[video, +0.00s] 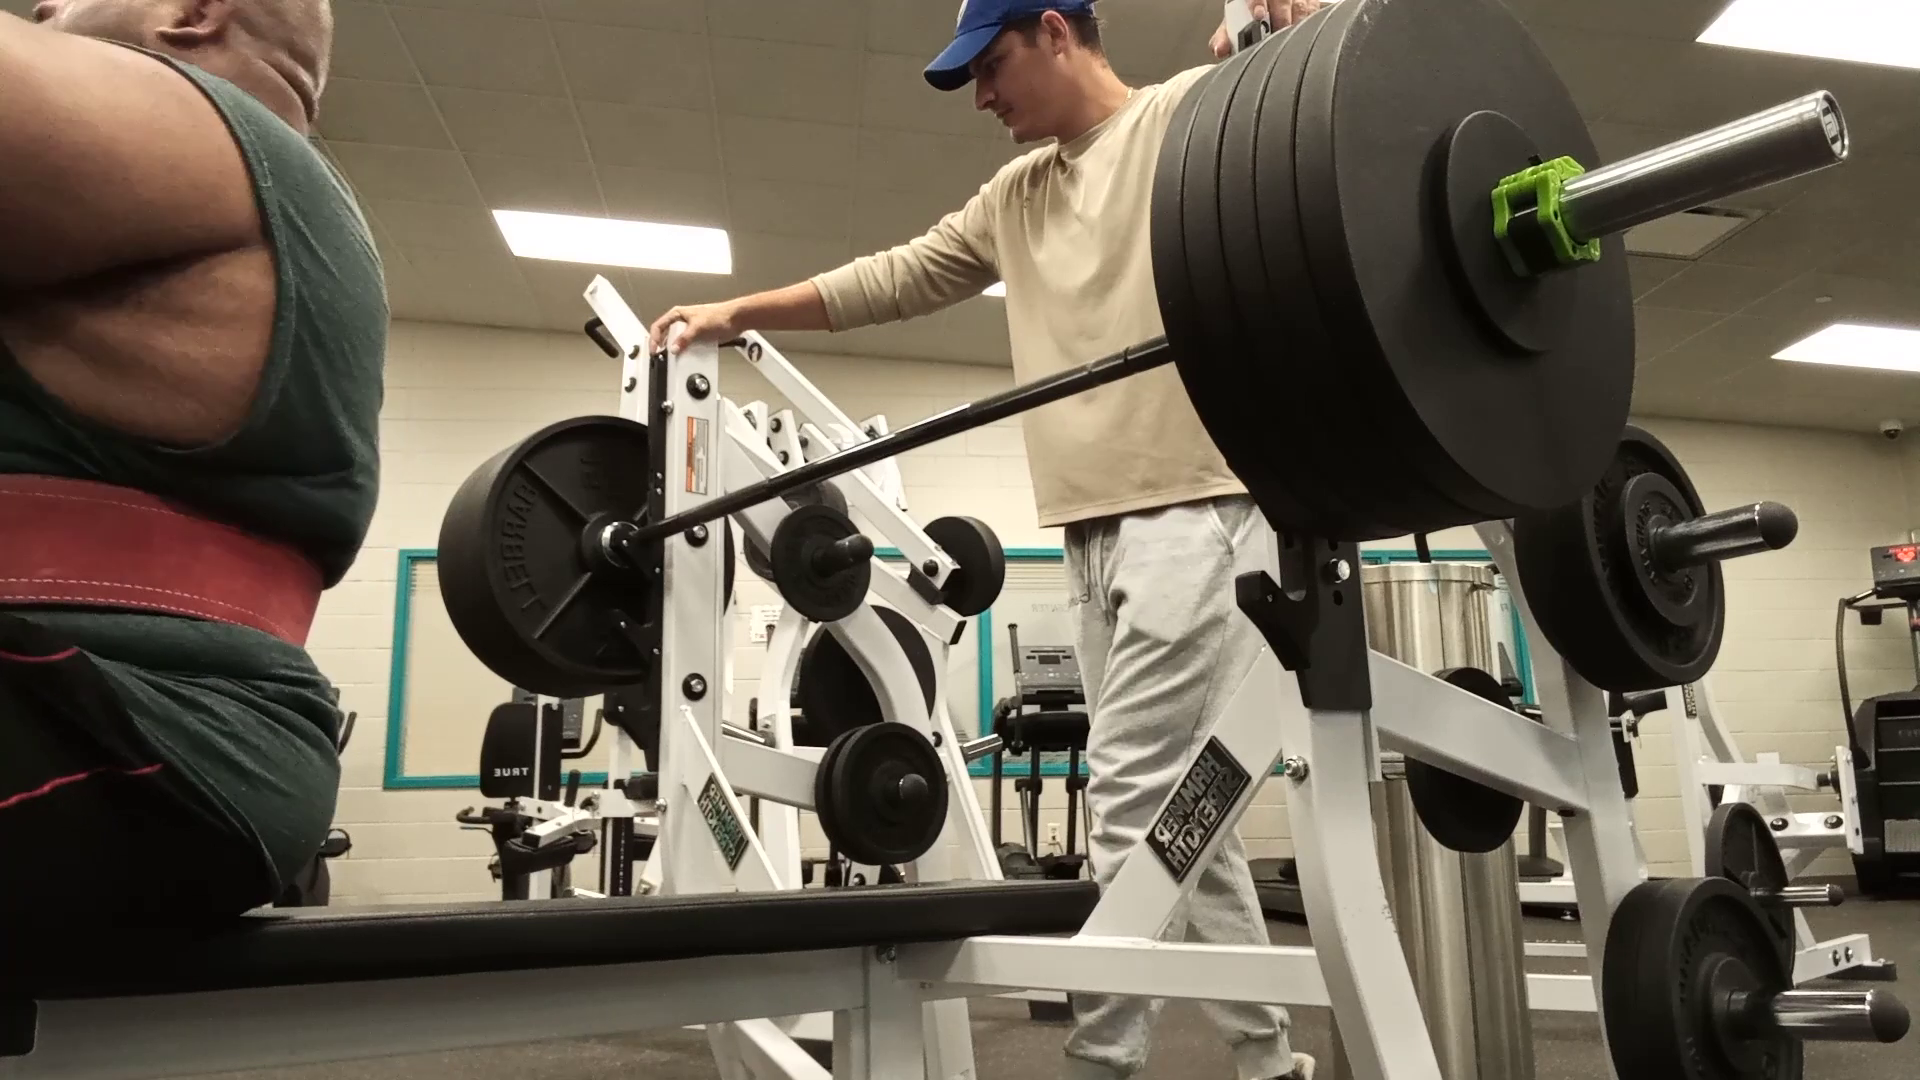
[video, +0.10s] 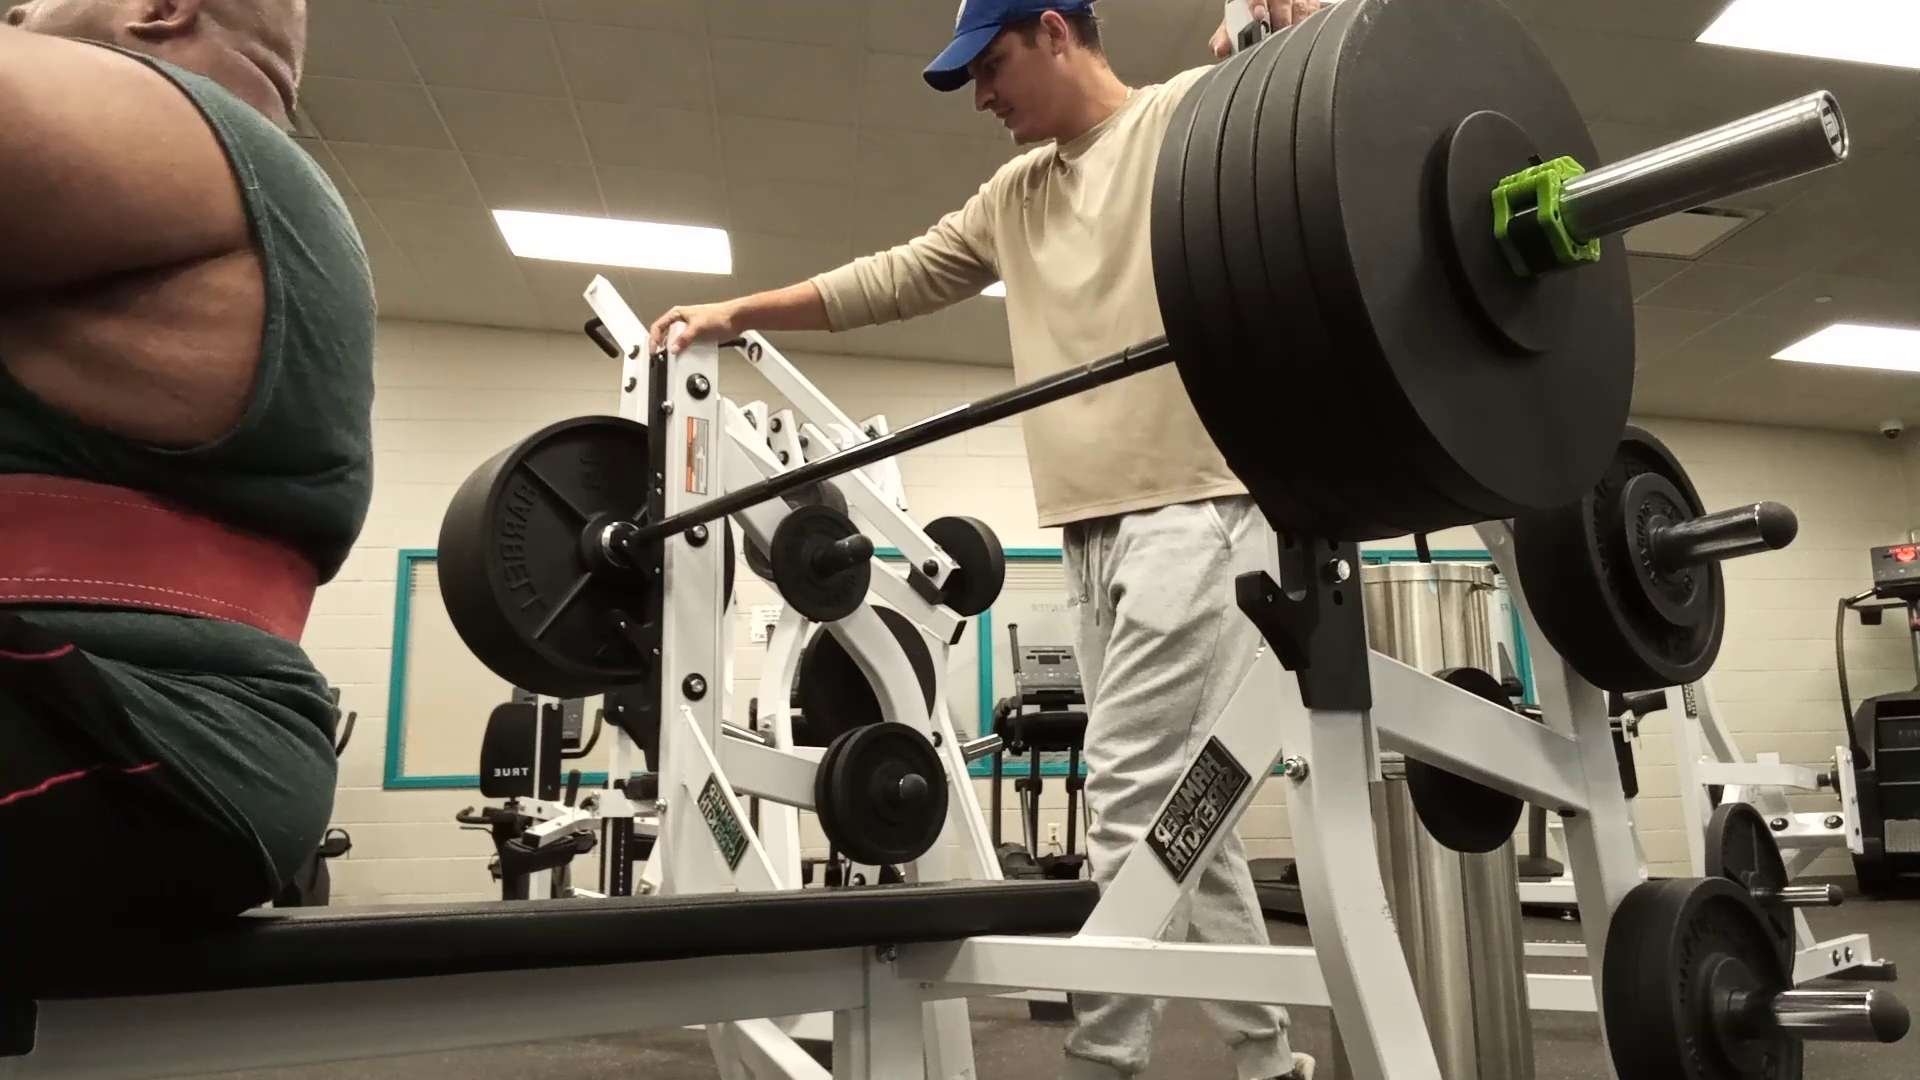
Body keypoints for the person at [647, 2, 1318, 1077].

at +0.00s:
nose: (982, 96)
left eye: (990, 67)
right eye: (974, 80)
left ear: (1059, 32)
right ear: (1038, 50)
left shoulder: (1190, 106)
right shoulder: (1011, 194)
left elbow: (1324, 114)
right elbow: (900, 275)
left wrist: (1295, 38)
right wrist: (737, 309)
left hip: (1198, 509)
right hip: (1093, 529)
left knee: (1129, 795)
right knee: (1178, 806)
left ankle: (1105, 1060)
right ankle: (1263, 1055)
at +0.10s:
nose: (982, 96)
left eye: (991, 68)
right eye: (974, 81)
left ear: (1059, 32)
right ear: (1035, 53)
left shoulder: (1191, 105)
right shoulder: (1011, 194)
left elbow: (1324, 114)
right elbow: (900, 276)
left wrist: (1293, 38)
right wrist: (736, 309)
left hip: (1199, 508)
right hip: (1093, 529)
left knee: (1126, 790)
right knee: (1177, 804)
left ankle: (1106, 1060)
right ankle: (1264, 1056)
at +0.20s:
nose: (982, 96)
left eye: (990, 67)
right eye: (973, 80)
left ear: (1058, 32)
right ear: (1033, 52)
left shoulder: (1189, 106)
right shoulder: (1011, 193)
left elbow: (1321, 123)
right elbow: (900, 276)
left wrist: (1292, 39)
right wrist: (737, 310)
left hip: (1196, 510)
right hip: (1091, 531)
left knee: (1127, 793)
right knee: (1175, 806)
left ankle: (1104, 1060)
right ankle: (1264, 1056)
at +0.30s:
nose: (980, 95)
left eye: (988, 67)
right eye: (972, 79)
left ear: (1056, 32)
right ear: (1035, 50)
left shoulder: (1189, 105)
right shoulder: (1011, 194)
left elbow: (1323, 119)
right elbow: (898, 277)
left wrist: (1294, 38)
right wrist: (736, 311)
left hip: (1197, 513)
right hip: (1089, 534)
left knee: (1124, 793)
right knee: (1173, 805)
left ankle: (1100, 1063)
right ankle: (1266, 1060)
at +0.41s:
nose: (978, 96)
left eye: (987, 68)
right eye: (970, 81)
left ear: (1054, 32)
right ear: (1031, 51)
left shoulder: (1188, 105)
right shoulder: (1009, 195)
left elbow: (1322, 120)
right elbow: (898, 277)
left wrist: (1294, 38)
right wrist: (736, 312)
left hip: (1198, 512)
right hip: (1089, 534)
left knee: (1123, 791)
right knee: (1176, 807)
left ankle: (1102, 1060)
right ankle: (1264, 1057)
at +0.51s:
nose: (973, 94)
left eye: (980, 67)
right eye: (964, 80)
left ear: (1046, 30)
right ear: (1027, 48)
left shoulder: (1179, 99)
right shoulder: (1007, 191)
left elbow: (1314, 111)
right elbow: (899, 274)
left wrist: (1292, 37)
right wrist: (736, 313)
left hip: (1197, 511)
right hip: (1087, 533)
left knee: (1123, 791)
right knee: (1172, 804)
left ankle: (1101, 1063)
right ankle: (1265, 1060)